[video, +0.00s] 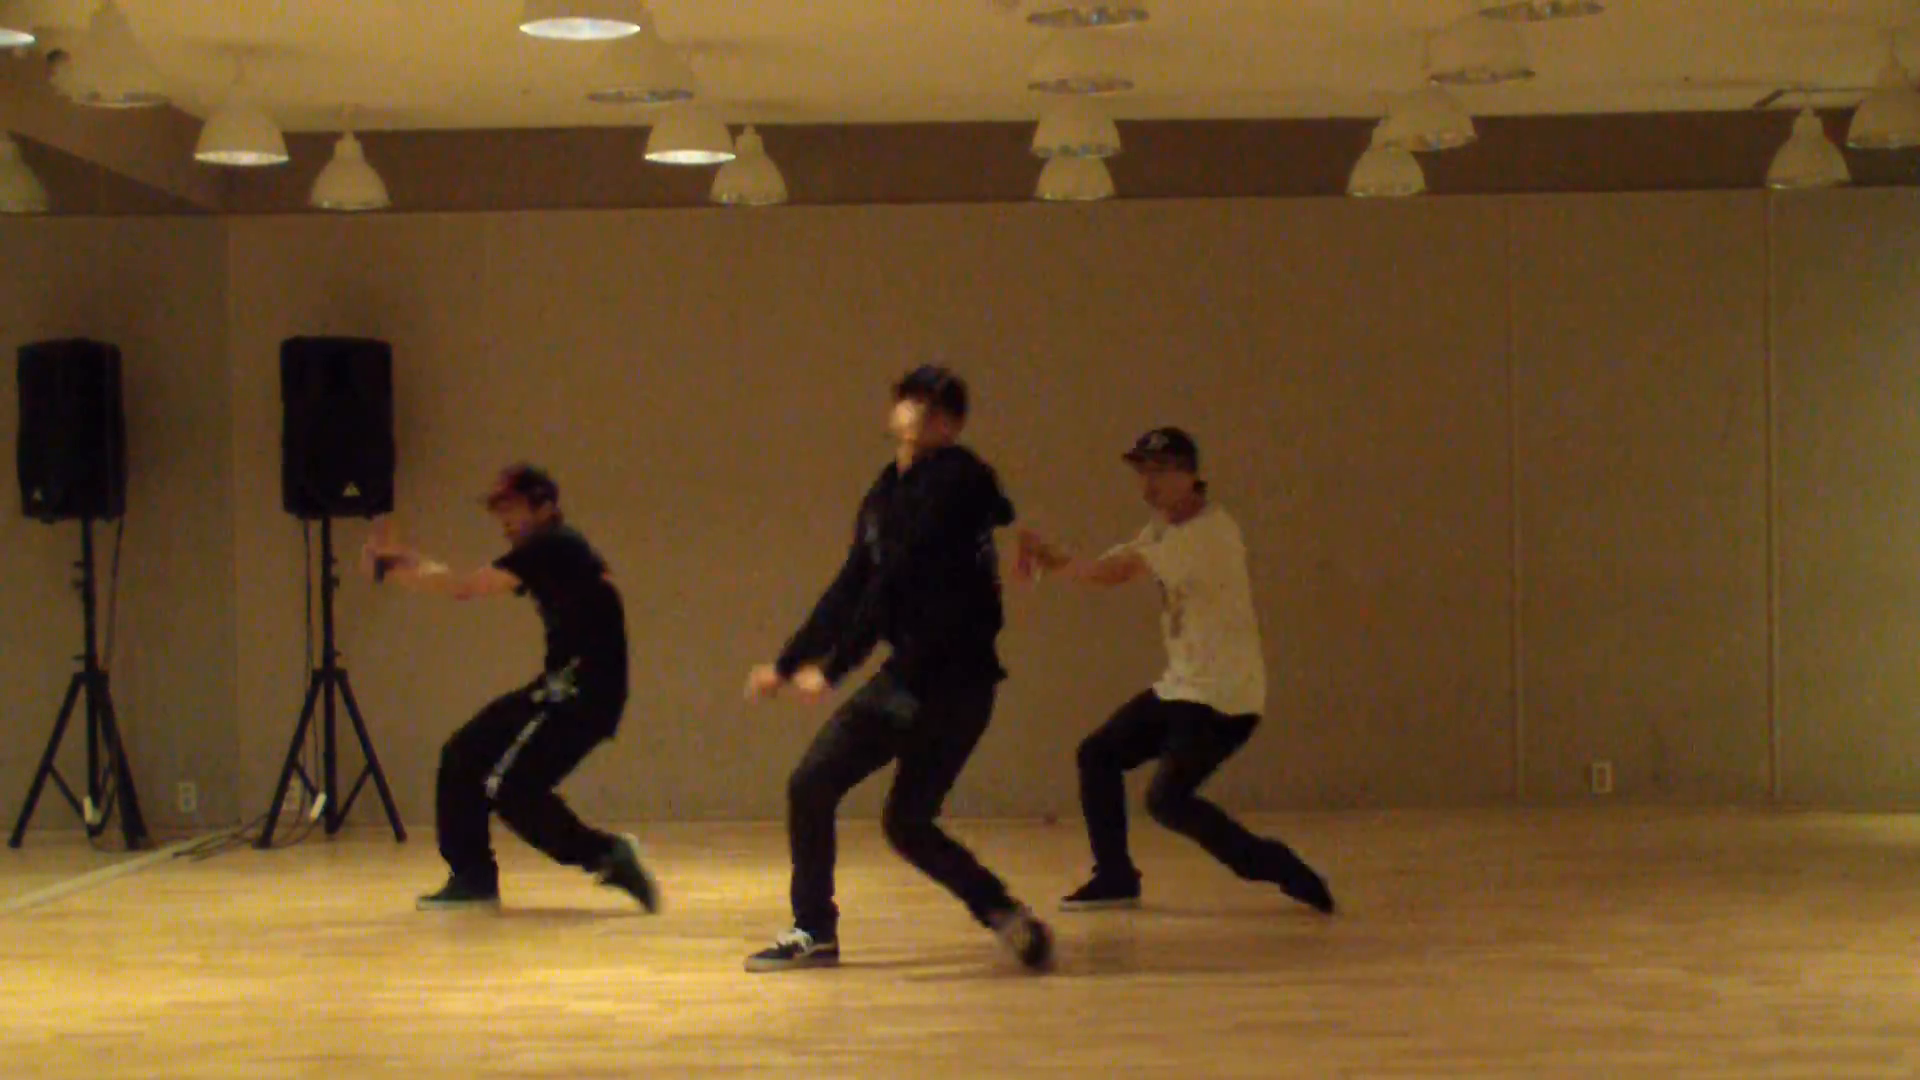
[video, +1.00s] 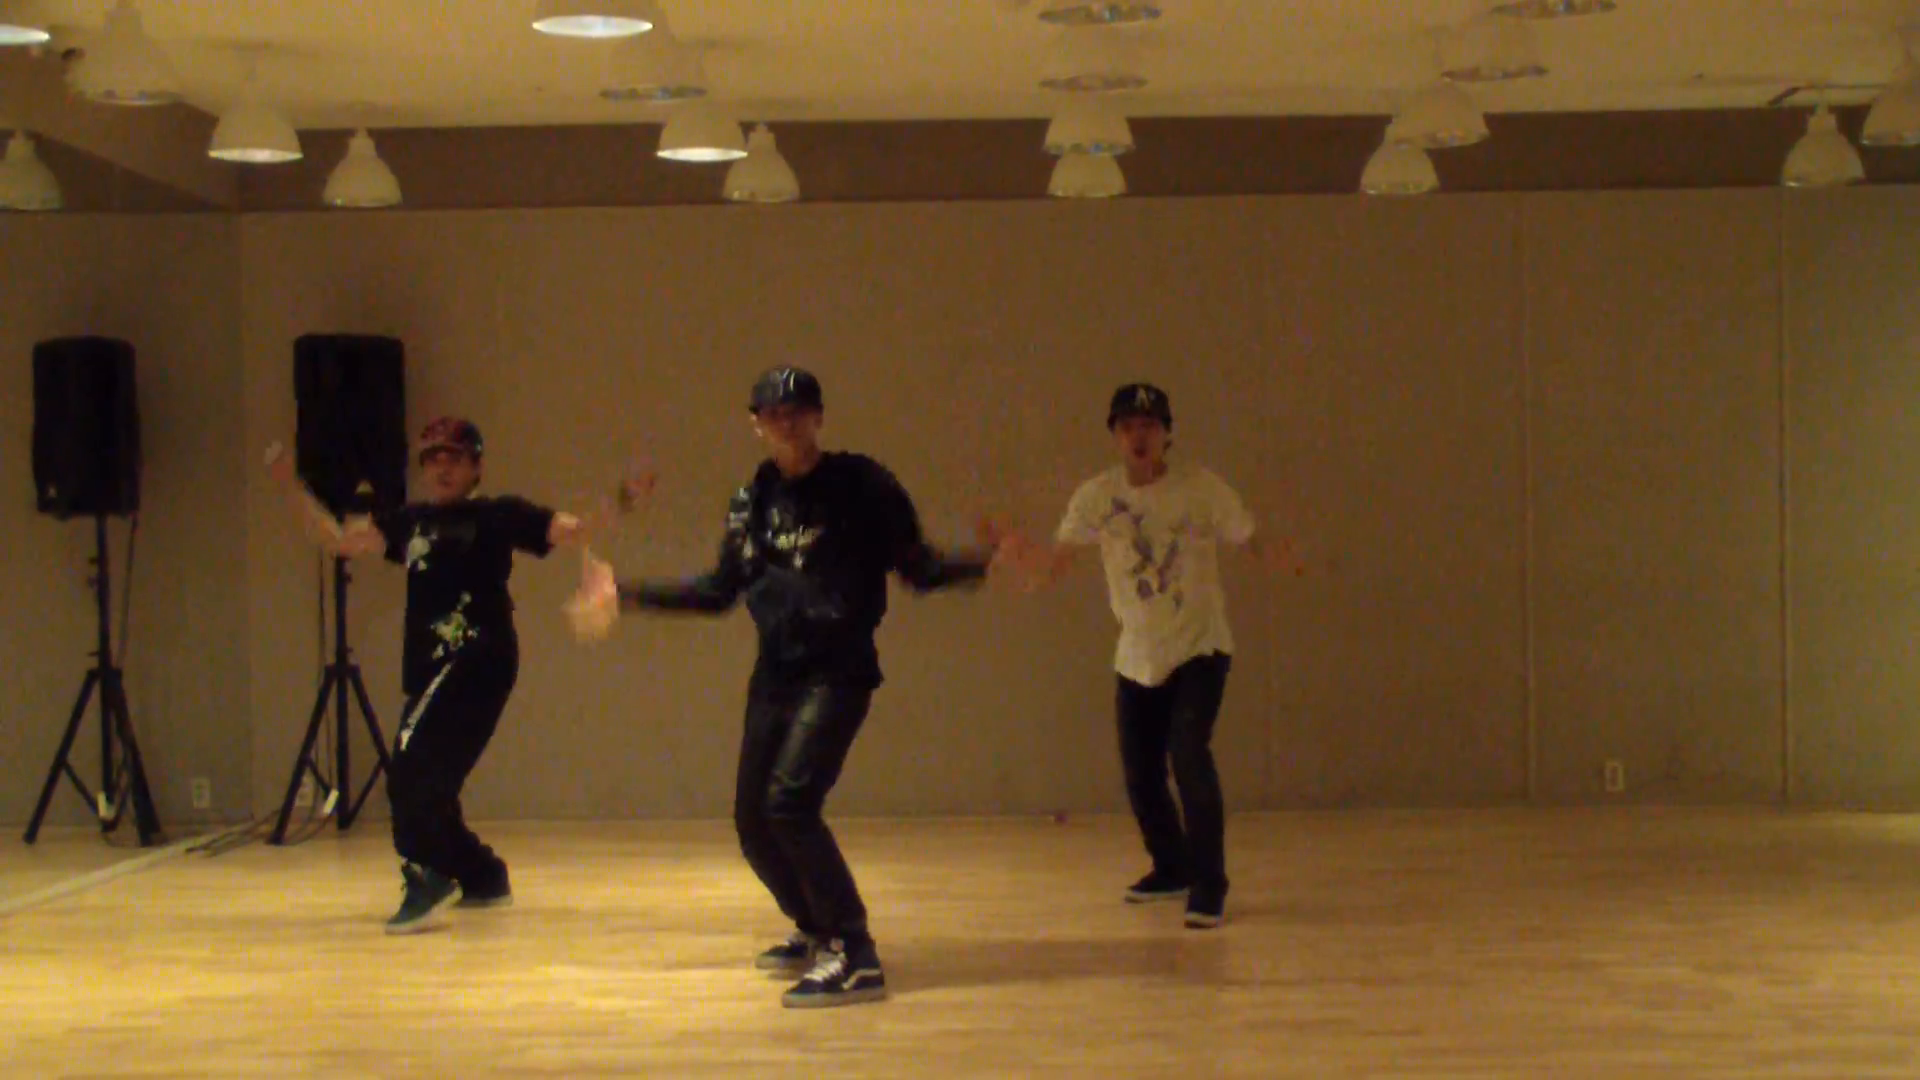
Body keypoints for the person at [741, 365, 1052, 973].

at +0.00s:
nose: (916, 419)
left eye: (933, 410)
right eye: (909, 404)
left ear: (954, 424)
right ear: (892, 413)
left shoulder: (957, 481)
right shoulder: (888, 490)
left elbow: (898, 586)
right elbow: (854, 580)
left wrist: (832, 665)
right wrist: (789, 659)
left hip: (958, 682)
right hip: (905, 674)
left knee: (908, 823)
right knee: (810, 784)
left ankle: (1008, 919)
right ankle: (813, 931)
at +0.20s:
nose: (812, 496)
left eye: (822, 483)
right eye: (801, 485)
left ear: (840, 485)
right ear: (783, 490)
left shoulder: (885, 544)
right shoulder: (806, 562)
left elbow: (908, 653)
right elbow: (823, 653)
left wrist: (884, 752)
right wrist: (822, 724)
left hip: (908, 719)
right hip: (841, 711)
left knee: (827, 835)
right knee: (764, 799)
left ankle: (921, 892)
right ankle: (813, 930)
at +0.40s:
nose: (786, 480)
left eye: (795, 466)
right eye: (773, 470)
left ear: (814, 464)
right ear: (757, 477)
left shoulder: (865, 523)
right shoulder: (777, 549)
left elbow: (918, 609)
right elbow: (784, 644)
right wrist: (783, 712)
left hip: (871, 703)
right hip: (806, 705)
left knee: (769, 780)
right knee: (745, 817)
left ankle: (845, 840)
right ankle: (813, 930)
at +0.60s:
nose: (809, 447)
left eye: (816, 434)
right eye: (796, 438)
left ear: (837, 428)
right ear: (779, 439)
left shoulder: (875, 471)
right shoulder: (766, 479)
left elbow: (909, 405)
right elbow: (699, 432)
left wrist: (920, 320)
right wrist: (645, 357)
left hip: (849, 673)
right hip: (790, 671)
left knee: (786, 797)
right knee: (746, 814)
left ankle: (846, 953)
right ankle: (815, 933)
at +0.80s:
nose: (817, 430)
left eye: (825, 417)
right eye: (804, 419)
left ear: (839, 416)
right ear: (778, 422)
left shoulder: (874, 465)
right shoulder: (758, 472)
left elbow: (940, 397)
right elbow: (689, 430)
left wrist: (901, 316)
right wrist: (673, 345)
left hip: (839, 667)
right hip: (777, 664)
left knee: (787, 801)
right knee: (753, 814)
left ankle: (853, 955)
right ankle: (814, 935)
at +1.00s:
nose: (786, 428)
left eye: (796, 415)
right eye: (774, 418)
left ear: (817, 417)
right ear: (758, 426)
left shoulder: (862, 483)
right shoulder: (754, 497)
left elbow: (919, 569)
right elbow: (718, 593)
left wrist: (986, 565)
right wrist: (627, 592)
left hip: (840, 672)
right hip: (777, 673)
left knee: (789, 806)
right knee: (753, 816)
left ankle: (853, 952)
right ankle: (815, 934)